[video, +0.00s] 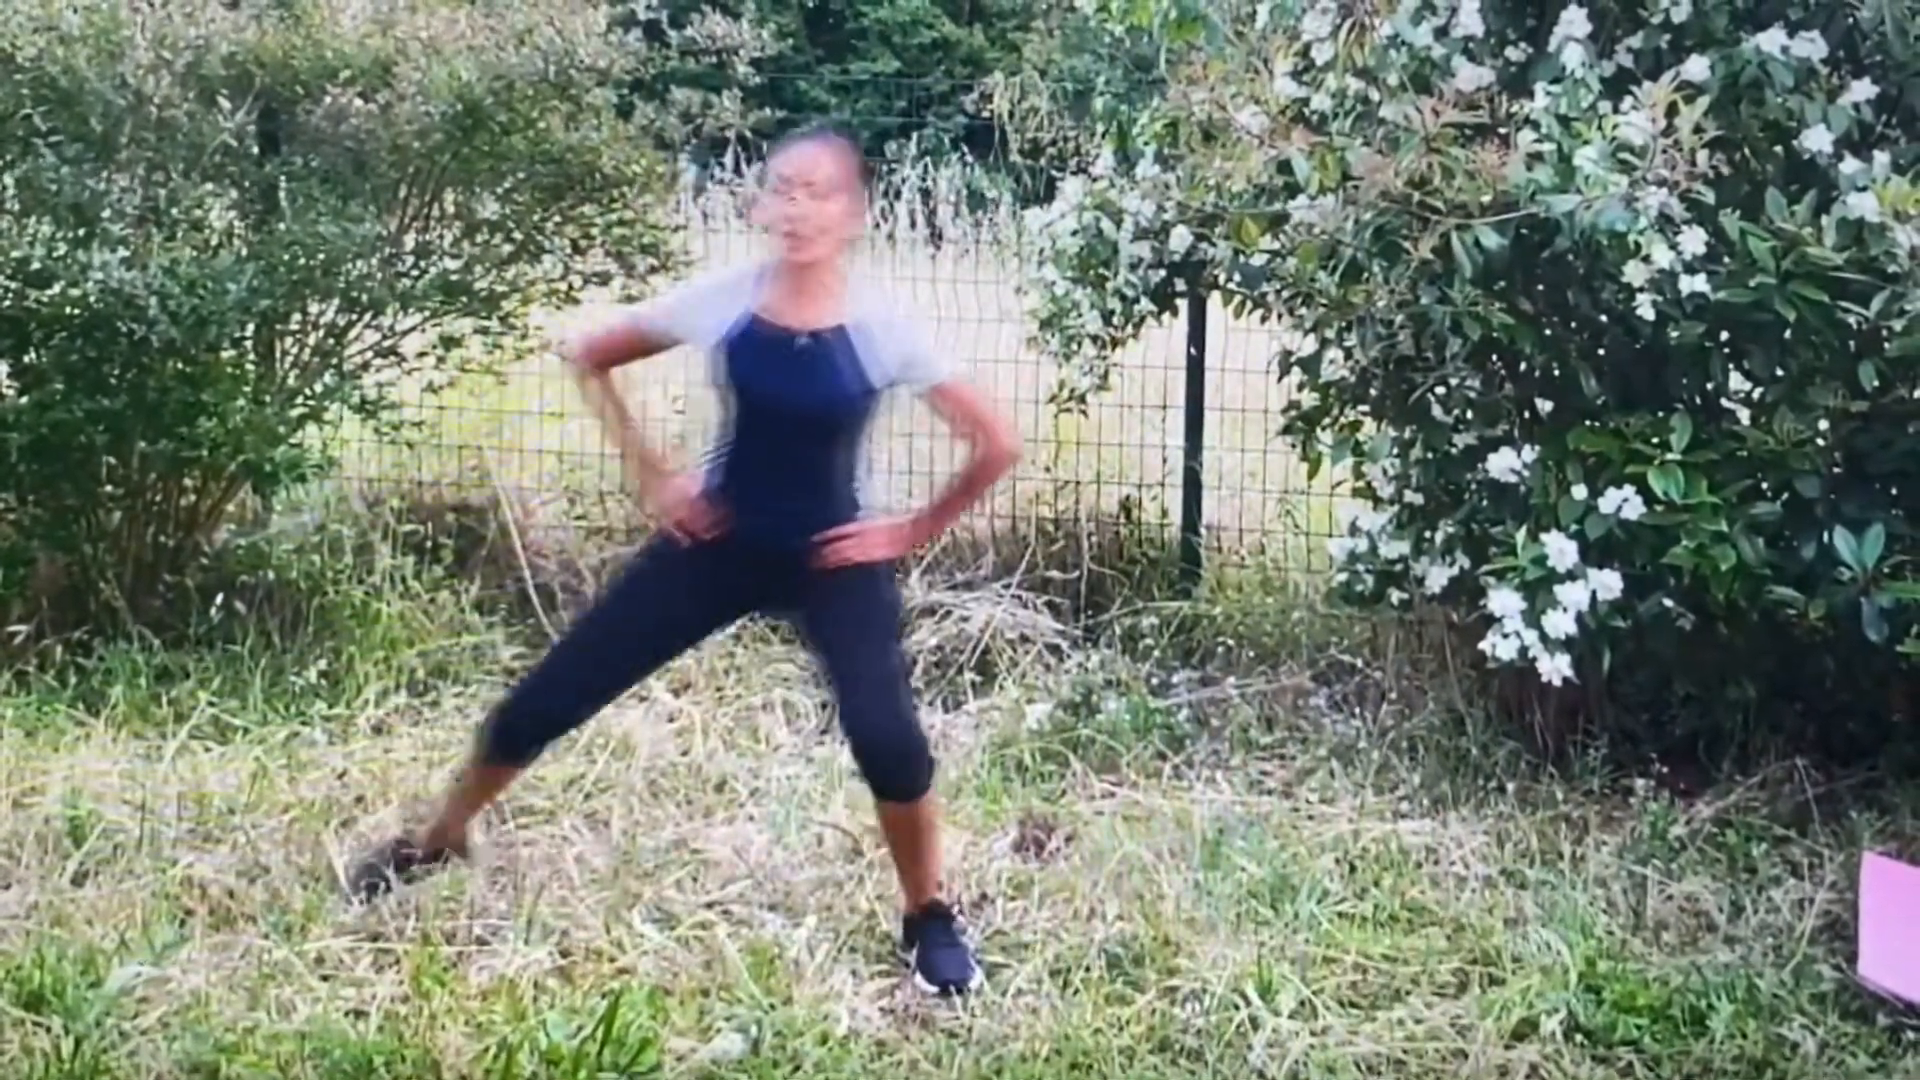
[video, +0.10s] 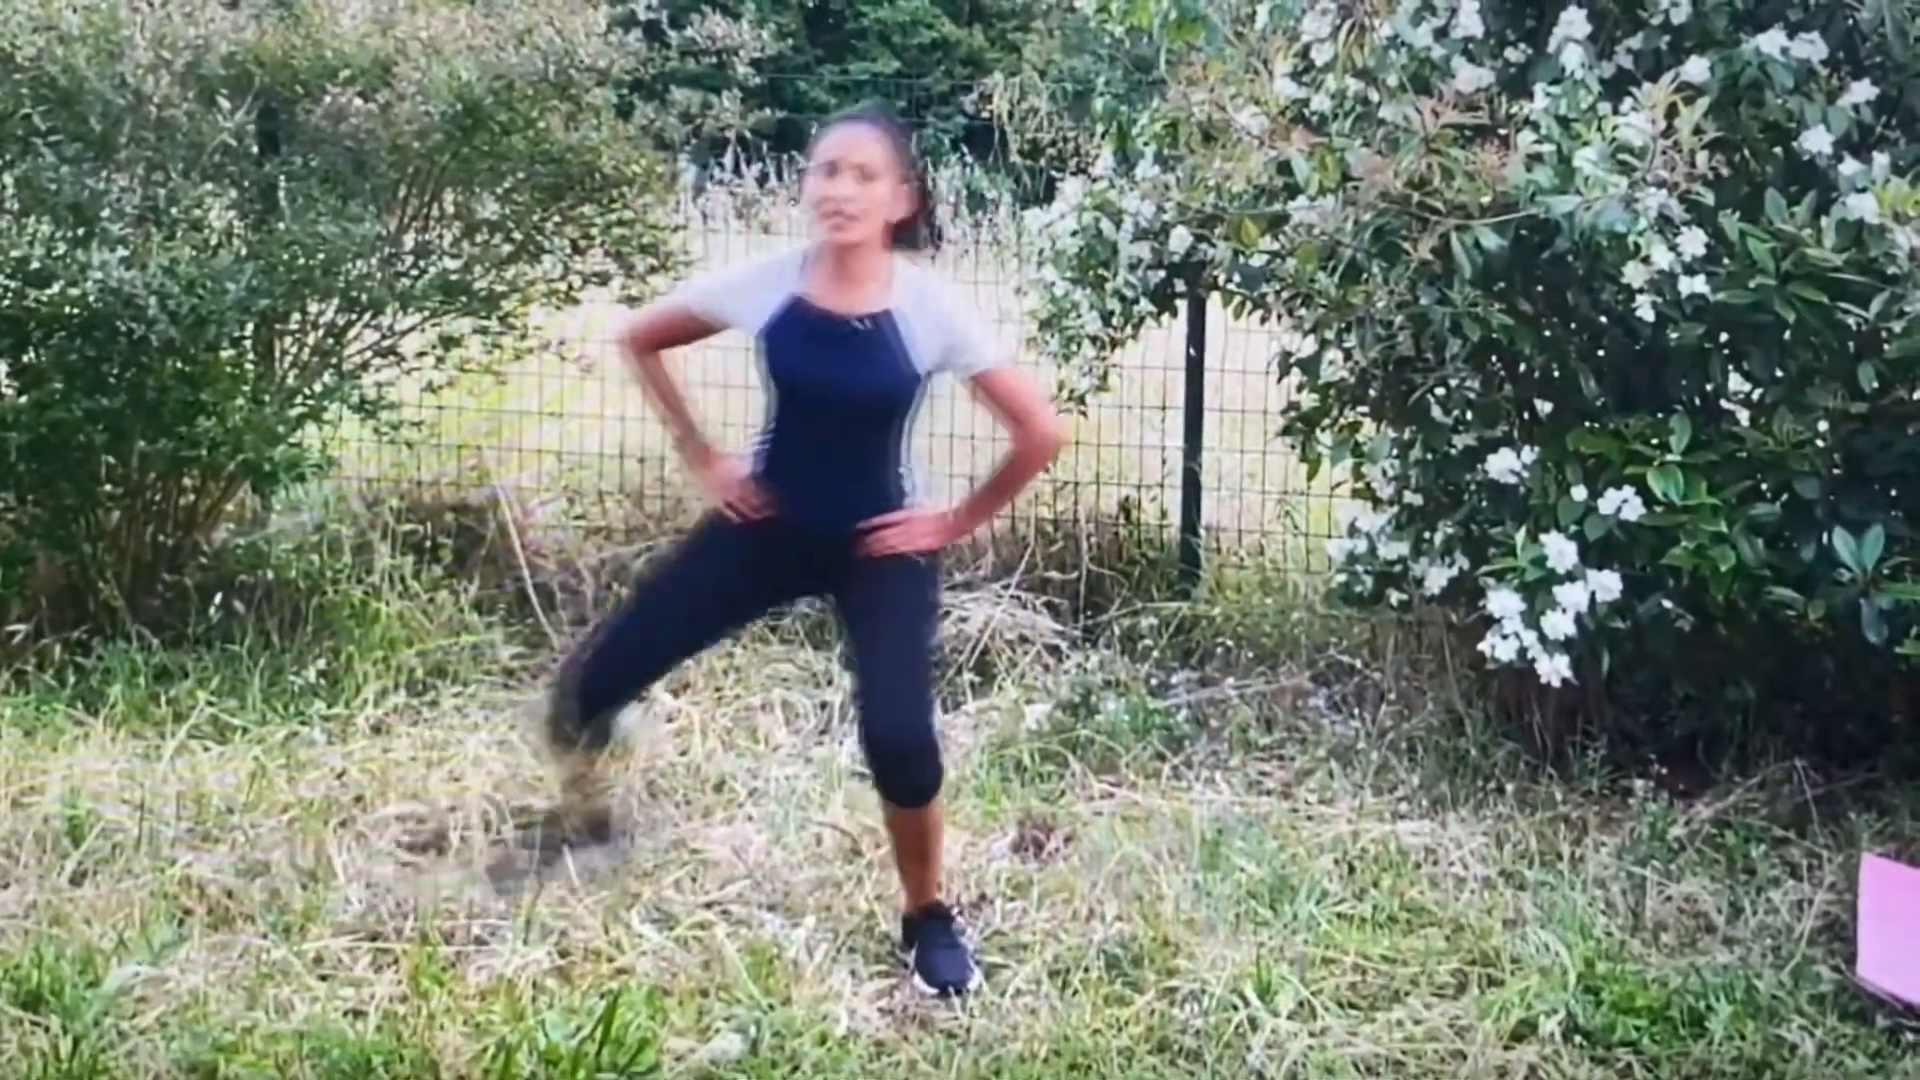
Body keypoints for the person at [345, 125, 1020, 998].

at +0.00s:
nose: (796, 209)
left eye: (819, 193)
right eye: (783, 190)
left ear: (857, 215)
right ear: (762, 206)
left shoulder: (881, 328)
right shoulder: (723, 303)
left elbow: (1000, 444)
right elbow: (586, 355)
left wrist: (913, 531)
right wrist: (654, 474)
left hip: (838, 565)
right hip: (717, 550)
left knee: (893, 746)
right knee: (534, 710)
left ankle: (930, 917)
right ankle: (437, 841)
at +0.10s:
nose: (840, 189)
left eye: (864, 175)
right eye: (828, 171)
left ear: (903, 202)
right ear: (806, 189)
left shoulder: (931, 306)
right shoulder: (768, 284)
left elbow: (1041, 435)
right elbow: (638, 339)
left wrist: (955, 523)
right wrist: (703, 457)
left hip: (883, 548)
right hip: (768, 529)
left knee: (901, 740)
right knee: (586, 689)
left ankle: (926, 914)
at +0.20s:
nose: (861, 180)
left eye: (885, 165)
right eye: (848, 162)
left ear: (924, 191)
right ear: (830, 180)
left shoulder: (953, 296)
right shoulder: (792, 277)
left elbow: (1069, 420)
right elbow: (671, 339)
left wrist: (987, 512)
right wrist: (744, 459)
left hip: (919, 540)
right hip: (804, 526)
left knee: (923, 741)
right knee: (675, 692)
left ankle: (930, 917)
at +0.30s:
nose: (869, 171)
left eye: (892, 158)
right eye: (858, 154)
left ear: (930, 188)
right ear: (838, 174)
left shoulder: (967, 287)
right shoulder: (803, 281)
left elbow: (1093, 396)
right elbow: (689, 355)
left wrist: (1018, 496)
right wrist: (772, 472)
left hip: (952, 534)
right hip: (836, 531)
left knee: (986, 738)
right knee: (757, 732)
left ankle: (950, 909)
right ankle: (840, 911)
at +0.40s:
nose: (884, 177)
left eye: (909, 164)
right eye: (872, 160)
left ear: (946, 196)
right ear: (849, 183)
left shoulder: (984, 290)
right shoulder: (821, 292)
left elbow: (1124, 386)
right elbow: (711, 383)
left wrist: (1057, 490)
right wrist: (801, 490)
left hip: (988, 538)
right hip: (868, 545)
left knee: (1084, 705)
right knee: (779, 743)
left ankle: (1064, 867)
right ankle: (844, 917)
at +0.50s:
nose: (906, 201)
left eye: (931, 187)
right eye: (896, 183)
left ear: (973, 220)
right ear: (875, 204)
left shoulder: (1014, 314)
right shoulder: (856, 321)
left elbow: (1158, 400)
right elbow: (747, 411)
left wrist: (1092, 510)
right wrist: (838, 517)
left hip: (1028, 563)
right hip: (907, 570)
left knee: (1171, 723)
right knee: (791, 756)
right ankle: (843, 929)